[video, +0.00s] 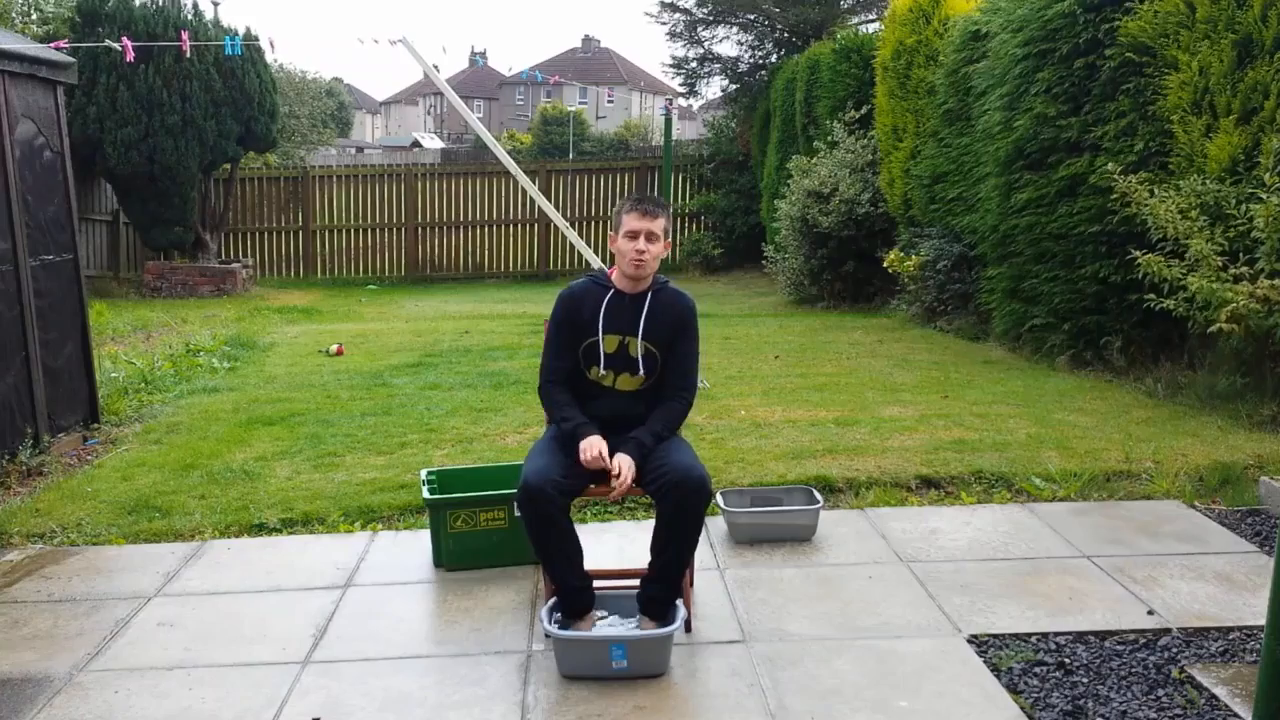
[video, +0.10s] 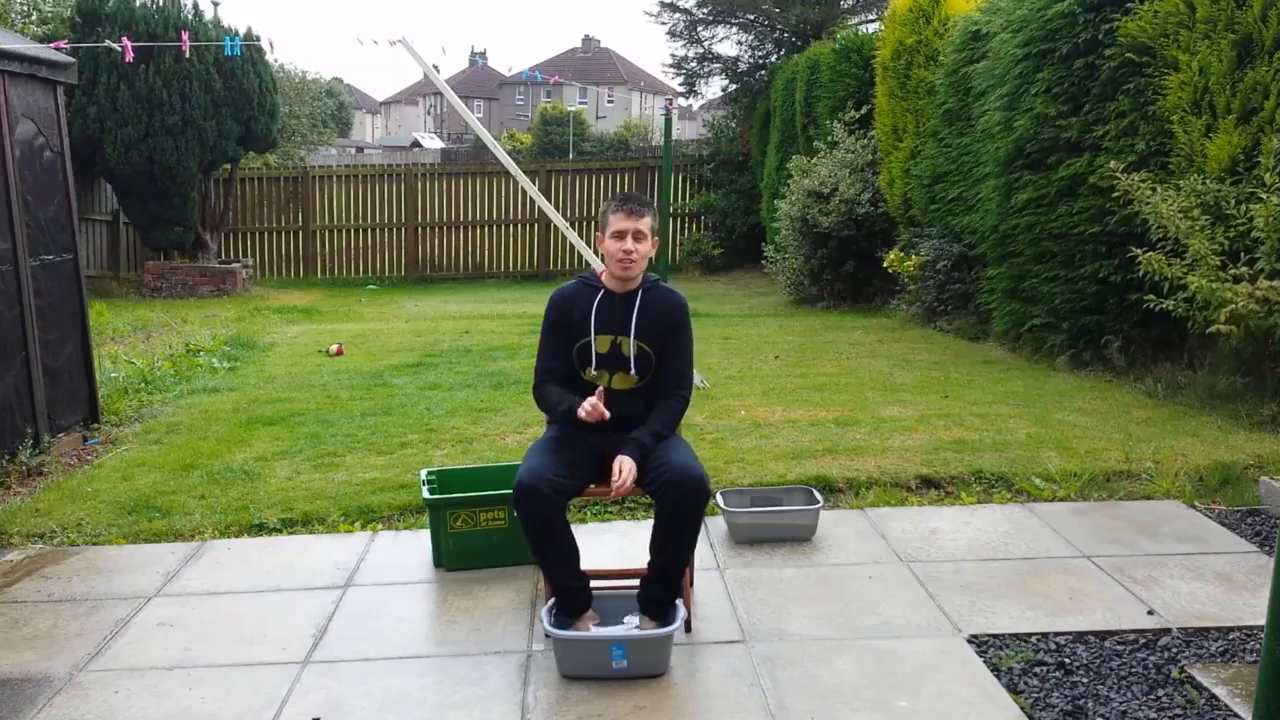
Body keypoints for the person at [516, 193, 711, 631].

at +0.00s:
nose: (641, 246)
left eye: (652, 238)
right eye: (632, 236)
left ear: (665, 248)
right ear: (613, 241)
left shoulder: (677, 308)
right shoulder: (576, 300)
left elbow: (678, 395)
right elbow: (553, 383)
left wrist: (635, 450)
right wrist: (584, 433)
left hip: (649, 430)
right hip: (577, 427)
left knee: (691, 484)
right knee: (535, 487)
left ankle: (658, 600)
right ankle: (575, 600)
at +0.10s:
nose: (627, 247)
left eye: (638, 237)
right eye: (618, 236)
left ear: (653, 247)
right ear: (600, 243)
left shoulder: (669, 306)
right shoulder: (568, 301)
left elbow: (675, 393)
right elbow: (547, 385)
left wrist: (635, 450)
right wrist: (576, 407)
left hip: (649, 431)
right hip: (578, 431)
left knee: (689, 483)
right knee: (531, 487)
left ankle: (657, 603)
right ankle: (575, 605)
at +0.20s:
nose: (615, 247)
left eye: (626, 237)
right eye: (605, 236)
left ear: (642, 244)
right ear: (589, 243)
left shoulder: (662, 304)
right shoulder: (561, 303)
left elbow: (673, 391)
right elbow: (542, 388)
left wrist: (633, 451)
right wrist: (572, 394)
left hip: (647, 430)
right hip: (575, 433)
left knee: (686, 482)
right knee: (530, 488)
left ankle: (659, 602)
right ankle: (574, 604)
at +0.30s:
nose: (608, 246)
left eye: (619, 236)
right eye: (598, 237)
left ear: (635, 244)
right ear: (582, 244)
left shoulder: (658, 302)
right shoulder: (556, 304)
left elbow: (672, 391)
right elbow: (541, 388)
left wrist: (630, 450)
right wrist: (569, 394)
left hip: (645, 430)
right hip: (574, 434)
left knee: (684, 482)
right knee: (530, 488)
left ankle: (657, 606)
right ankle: (574, 605)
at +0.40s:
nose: (604, 246)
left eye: (615, 236)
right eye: (594, 236)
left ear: (632, 244)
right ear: (579, 243)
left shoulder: (657, 302)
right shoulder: (554, 304)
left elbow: (671, 390)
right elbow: (542, 387)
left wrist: (633, 449)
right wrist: (570, 408)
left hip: (646, 430)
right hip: (575, 433)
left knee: (685, 482)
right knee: (529, 488)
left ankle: (656, 607)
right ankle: (573, 604)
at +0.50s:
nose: (604, 245)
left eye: (615, 235)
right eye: (594, 235)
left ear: (632, 244)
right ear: (579, 242)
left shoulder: (657, 302)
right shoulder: (554, 304)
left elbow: (672, 390)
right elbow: (545, 390)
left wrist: (634, 452)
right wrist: (579, 449)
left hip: (646, 432)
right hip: (573, 435)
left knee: (688, 483)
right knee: (529, 488)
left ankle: (657, 606)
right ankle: (573, 604)